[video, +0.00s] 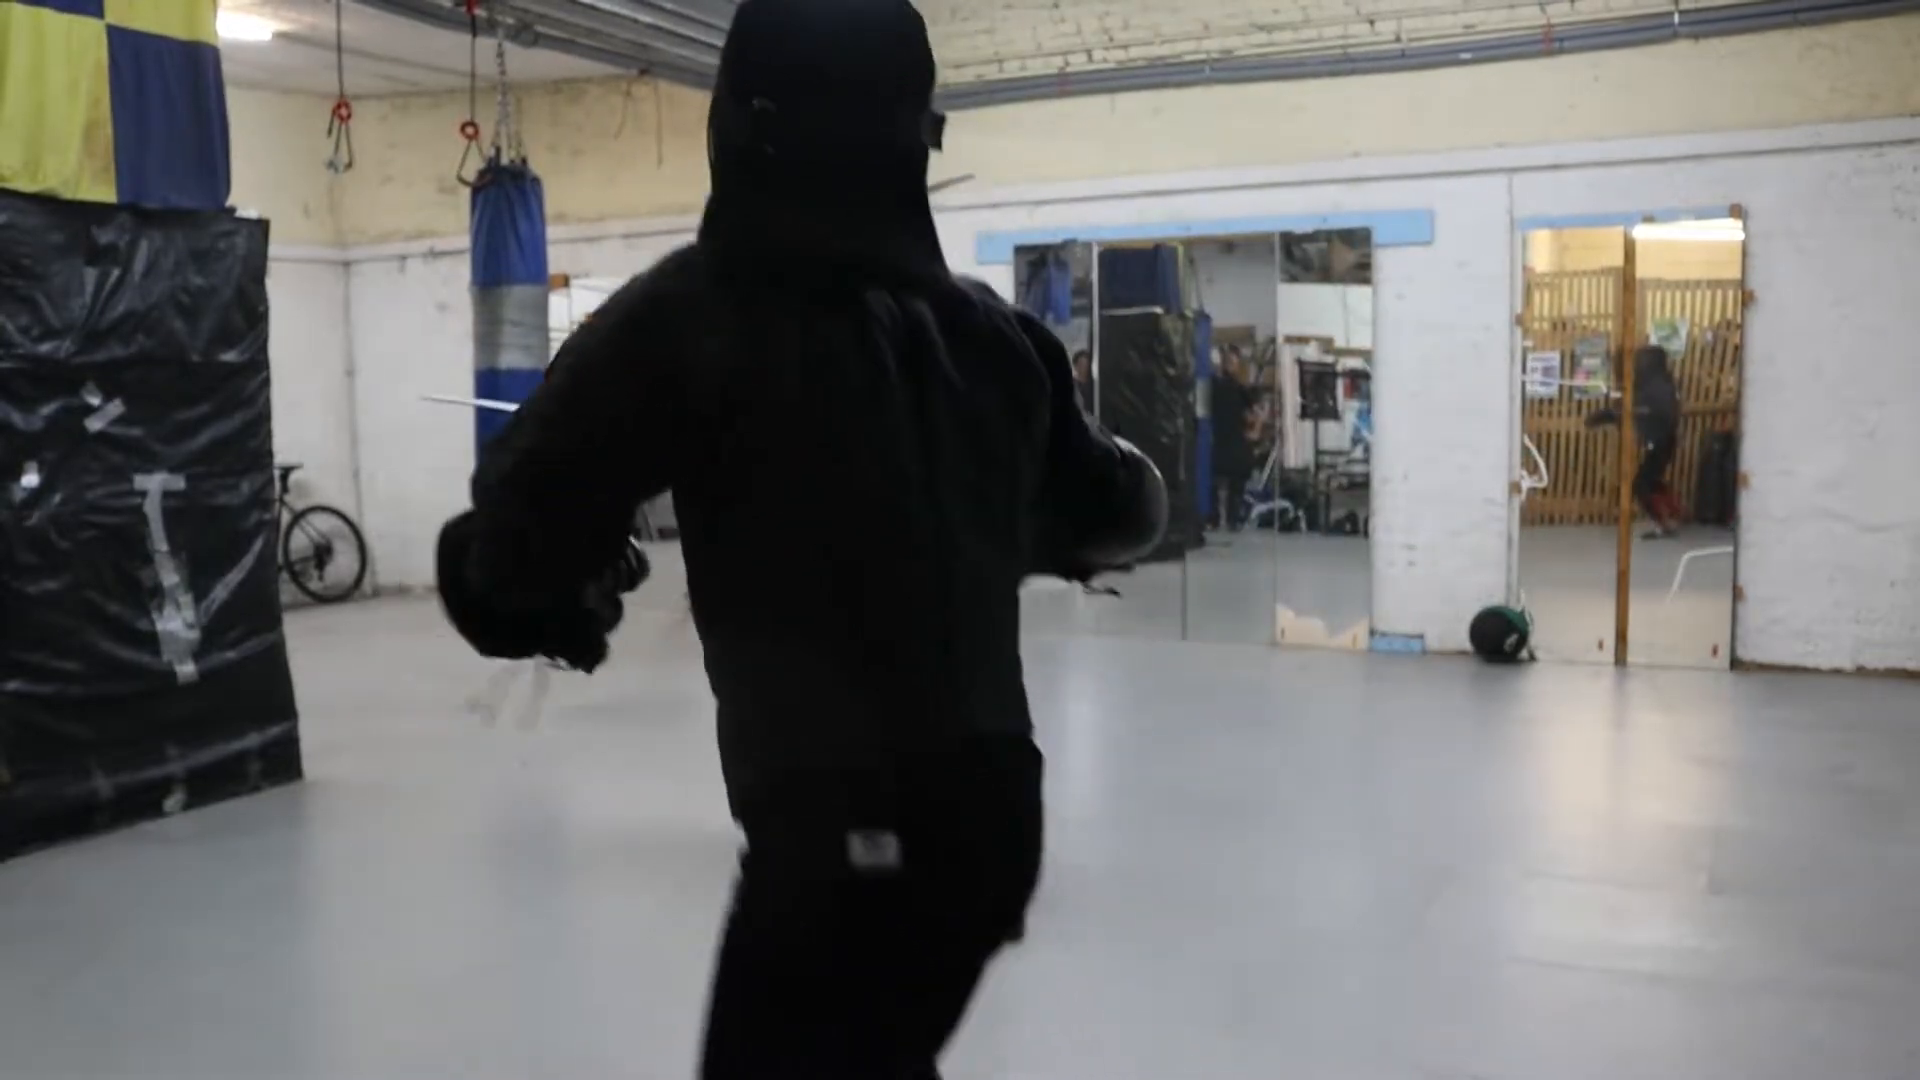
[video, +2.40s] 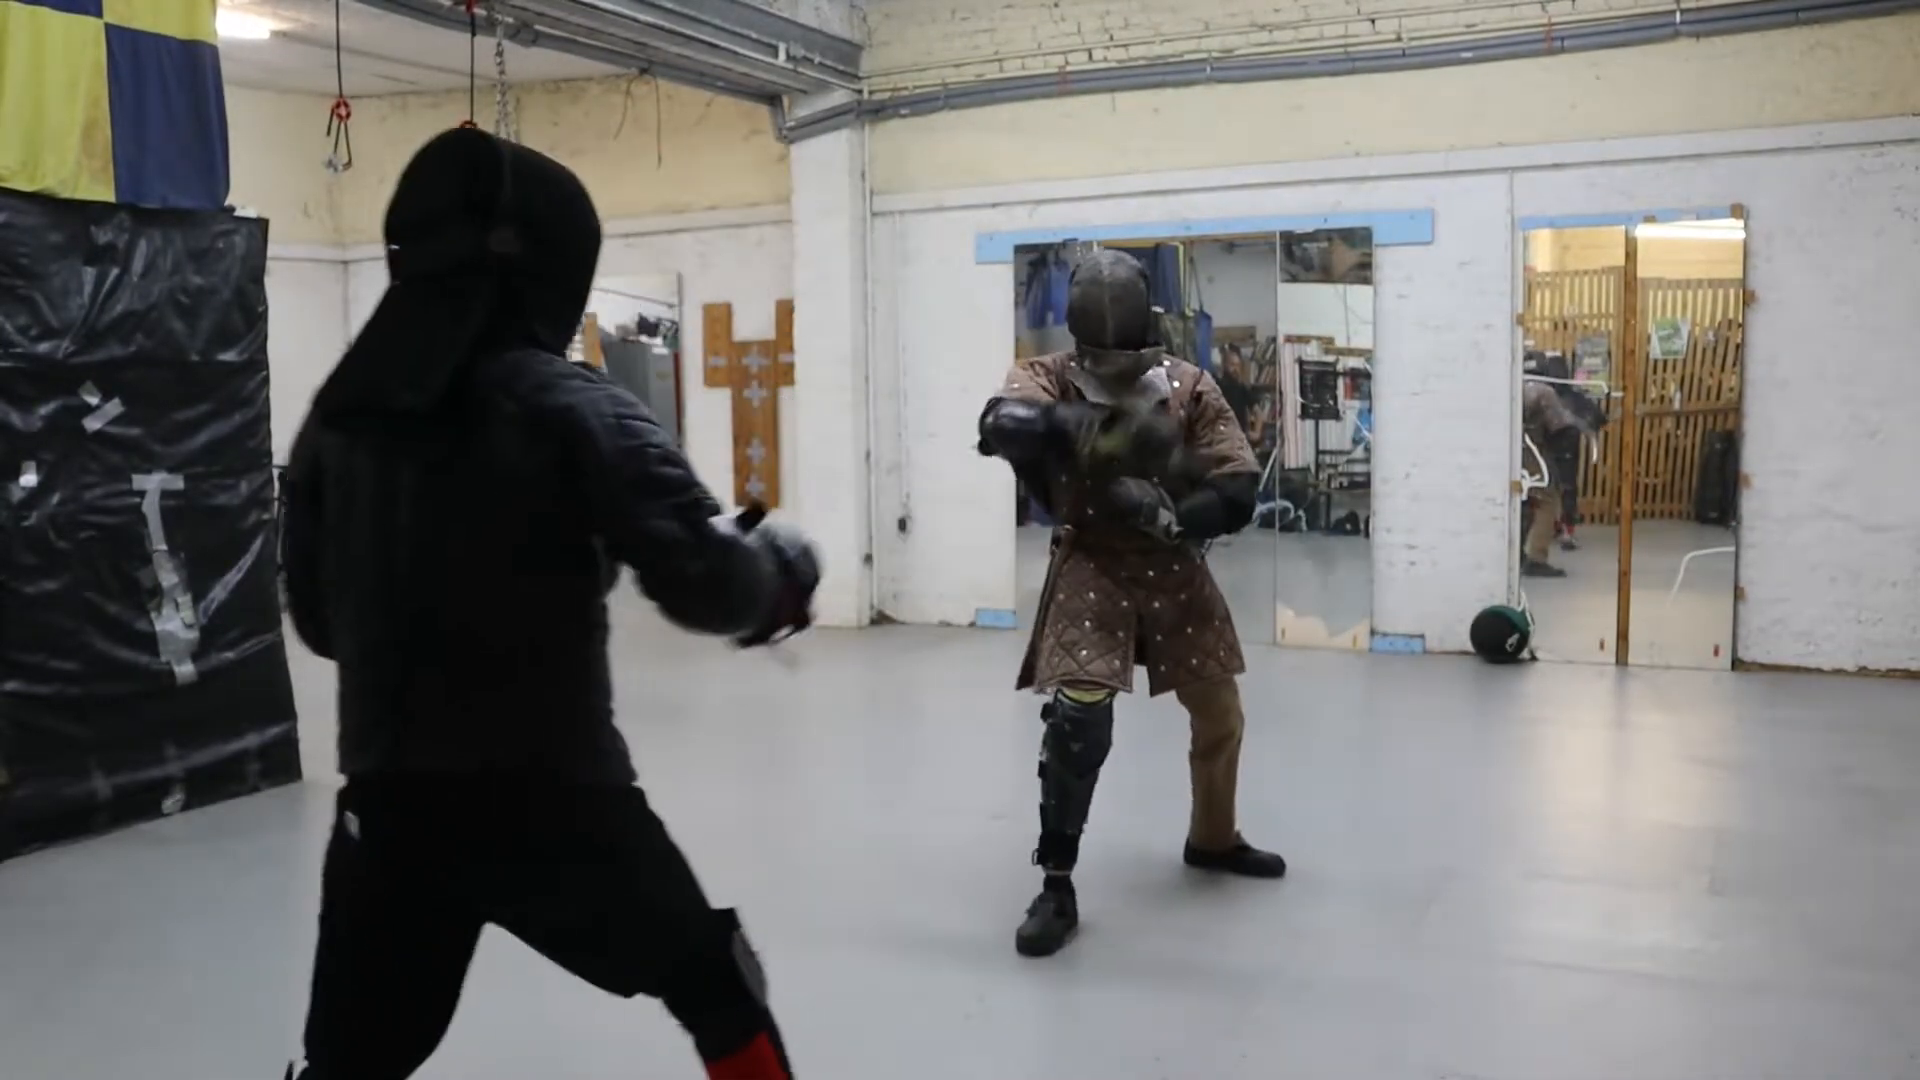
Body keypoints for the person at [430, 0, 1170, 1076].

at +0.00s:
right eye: (922, 117)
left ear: (743, 122)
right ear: (913, 131)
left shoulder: (688, 317)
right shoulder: (992, 337)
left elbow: (501, 575)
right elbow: (1105, 510)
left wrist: (583, 590)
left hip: (825, 829)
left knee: (767, 1066)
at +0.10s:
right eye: (893, 115)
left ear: (725, 125)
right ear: (887, 128)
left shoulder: (664, 330)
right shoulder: (972, 330)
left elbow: (534, 607)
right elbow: (1091, 509)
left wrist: (614, 625)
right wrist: (993, 517)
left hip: (788, 793)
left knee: (734, 1048)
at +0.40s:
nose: (887, 270)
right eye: (878, 248)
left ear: (733, 260)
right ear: (870, 266)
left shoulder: (671, 434)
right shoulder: (934, 438)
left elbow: (582, 657)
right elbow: (1049, 594)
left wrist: (691, 574)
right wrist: (1063, 483)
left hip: (738, 810)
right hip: (880, 800)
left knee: (723, 1054)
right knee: (851, 973)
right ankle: (849, 1068)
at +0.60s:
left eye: (749, 225)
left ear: (749, 238)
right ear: (872, 244)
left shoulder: (680, 380)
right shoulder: (922, 401)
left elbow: (589, 574)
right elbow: (1012, 572)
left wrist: (697, 550)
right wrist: (900, 603)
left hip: (733, 735)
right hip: (868, 730)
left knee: (666, 998)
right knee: (850, 921)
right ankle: (850, 1069)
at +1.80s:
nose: (785, 278)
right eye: (776, 254)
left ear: (631, 257)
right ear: (751, 260)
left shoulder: (543, 397)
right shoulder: (792, 396)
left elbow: (502, 592)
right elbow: (933, 561)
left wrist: (619, 609)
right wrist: (834, 614)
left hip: (602, 761)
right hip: (758, 756)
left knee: (527, 1013)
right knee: (822, 948)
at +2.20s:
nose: (663, 274)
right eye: (651, 249)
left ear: (500, 261)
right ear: (626, 260)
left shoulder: (433, 409)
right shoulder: (657, 390)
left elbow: (417, 600)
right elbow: (850, 517)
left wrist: (539, 576)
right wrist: (887, 484)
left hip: (491, 793)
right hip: (650, 787)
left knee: (407, 1038)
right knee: (784, 950)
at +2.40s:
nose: (583, 288)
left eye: (578, 262)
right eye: (575, 263)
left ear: (416, 263)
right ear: (550, 270)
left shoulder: (341, 415)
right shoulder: (575, 410)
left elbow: (319, 617)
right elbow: (708, 584)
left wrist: (446, 620)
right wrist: (784, 562)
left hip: (396, 813)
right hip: (559, 808)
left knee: (344, 1062)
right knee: (713, 989)